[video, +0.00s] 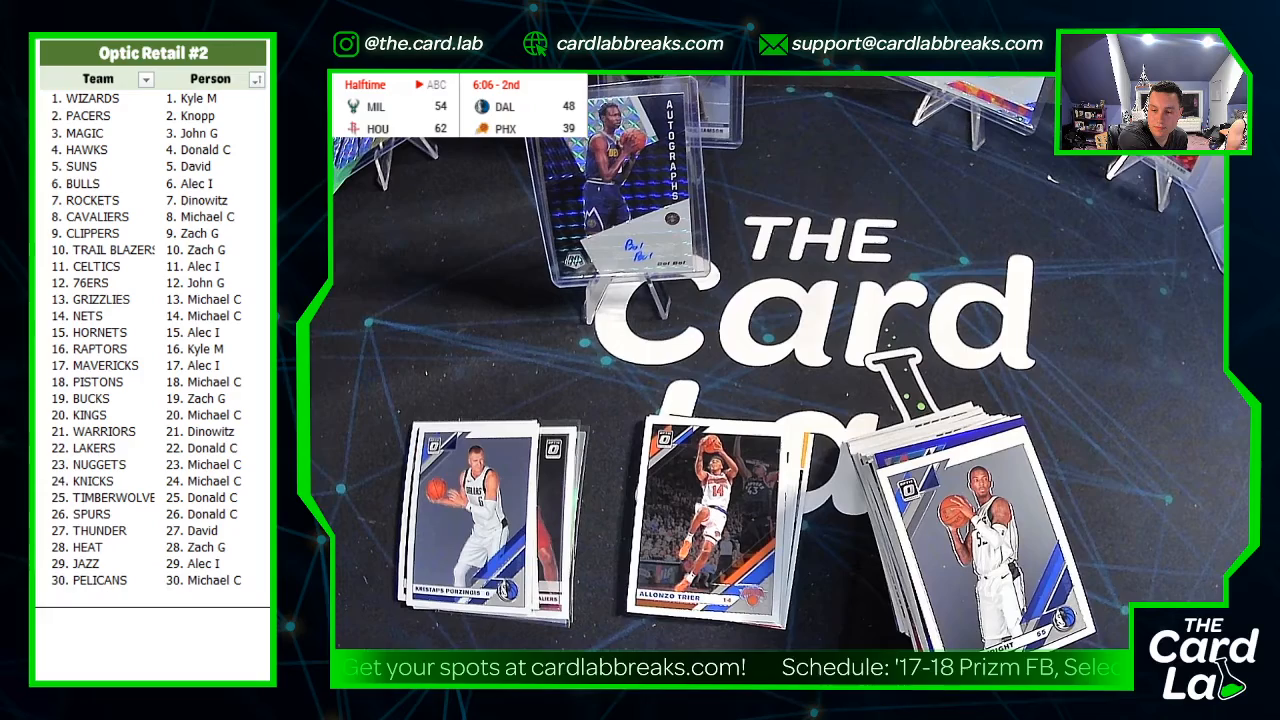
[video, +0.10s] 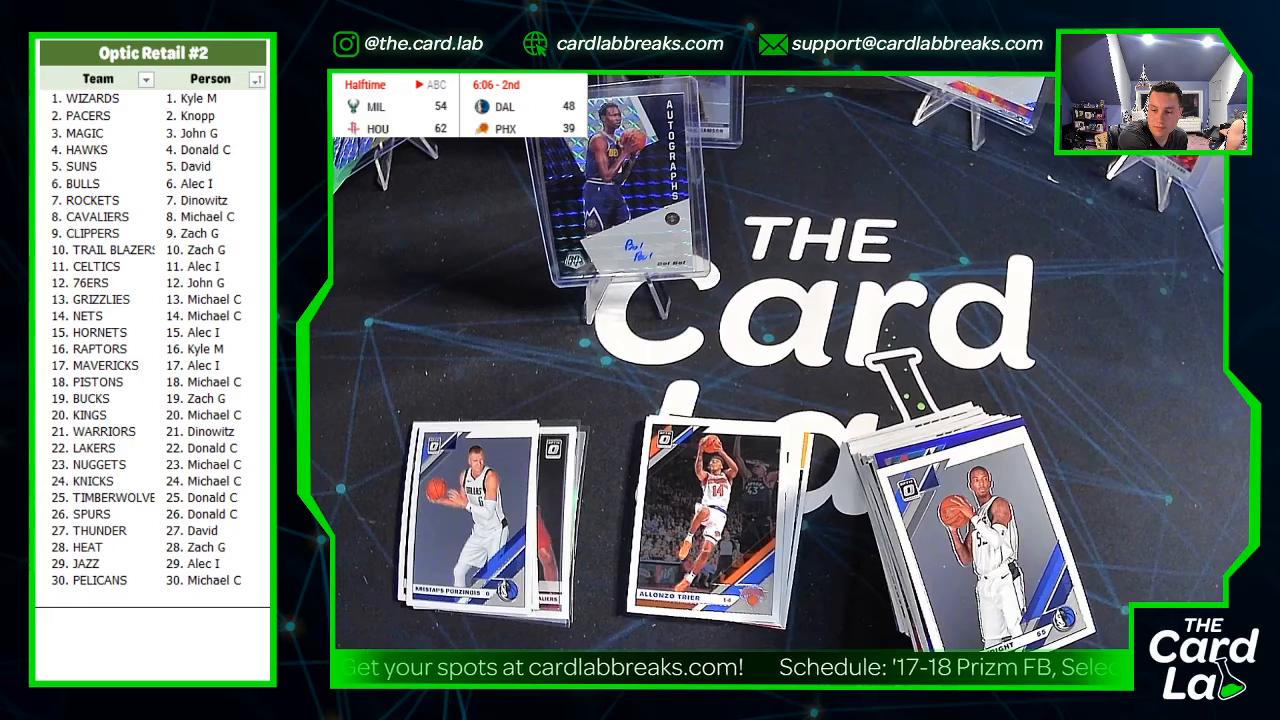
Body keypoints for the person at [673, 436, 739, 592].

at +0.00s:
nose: (714, 463)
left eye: (717, 462)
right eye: (713, 461)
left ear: (721, 465)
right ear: (710, 465)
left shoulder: (727, 476)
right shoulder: (706, 477)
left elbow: (734, 469)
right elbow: (699, 471)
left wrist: (722, 452)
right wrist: (700, 450)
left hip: (720, 513)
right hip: (705, 507)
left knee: (707, 549)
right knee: (704, 511)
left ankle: (688, 579)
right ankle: (688, 539)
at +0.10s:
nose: (714, 463)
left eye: (717, 462)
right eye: (713, 461)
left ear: (721, 465)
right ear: (710, 465)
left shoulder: (727, 476)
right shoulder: (706, 477)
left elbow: (734, 469)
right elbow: (699, 471)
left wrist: (722, 452)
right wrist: (700, 450)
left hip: (720, 513)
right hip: (705, 507)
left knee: (707, 549)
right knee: (704, 511)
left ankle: (688, 579)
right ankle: (688, 539)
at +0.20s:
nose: (714, 463)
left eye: (717, 462)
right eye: (713, 461)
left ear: (721, 465)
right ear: (710, 465)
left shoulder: (727, 476)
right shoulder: (706, 477)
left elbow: (734, 469)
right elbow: (699, 471)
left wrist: (722, 452)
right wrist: (700, 450)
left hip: (720, 513)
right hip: (705, 507)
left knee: (707, 549)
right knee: (704, 511)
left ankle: (688, 579)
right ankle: (688, 539)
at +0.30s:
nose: (714, 463)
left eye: (717, 462)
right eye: (713, 461)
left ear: (721, 465)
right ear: (710, 465)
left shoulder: (727, 476)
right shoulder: (706, 477)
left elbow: (734, 469)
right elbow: (699, 471)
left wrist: (722, 452)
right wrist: (700, 450)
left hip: (720, 513)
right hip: (705, 507)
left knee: (707, 549)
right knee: (704, 511)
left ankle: (688, 579)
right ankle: (688, 539)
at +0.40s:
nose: (714, 463)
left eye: (717, 462)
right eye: (713, 461)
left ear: (721, 465)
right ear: (710, 465)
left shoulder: (727, 476)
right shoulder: (706, 477)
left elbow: (734, 469)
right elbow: (699, 471)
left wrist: (722, 452)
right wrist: (700, 450)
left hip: (720, 513)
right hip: (705, 507)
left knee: (707, 549)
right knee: (704, 511)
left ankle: (688, 579)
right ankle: (688, 539)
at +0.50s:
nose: (714, 463)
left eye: (717, 462)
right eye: (713, 461)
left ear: (721, 465)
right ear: (710, 465)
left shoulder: (727, 476)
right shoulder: (706, 477)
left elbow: (734, 469)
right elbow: (699, 471)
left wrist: (722, 452)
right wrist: (700, 450)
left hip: (720, 513)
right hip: (705, 507)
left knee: (707, 549)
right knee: (704, 511)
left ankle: (688, 579)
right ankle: (688, 539)